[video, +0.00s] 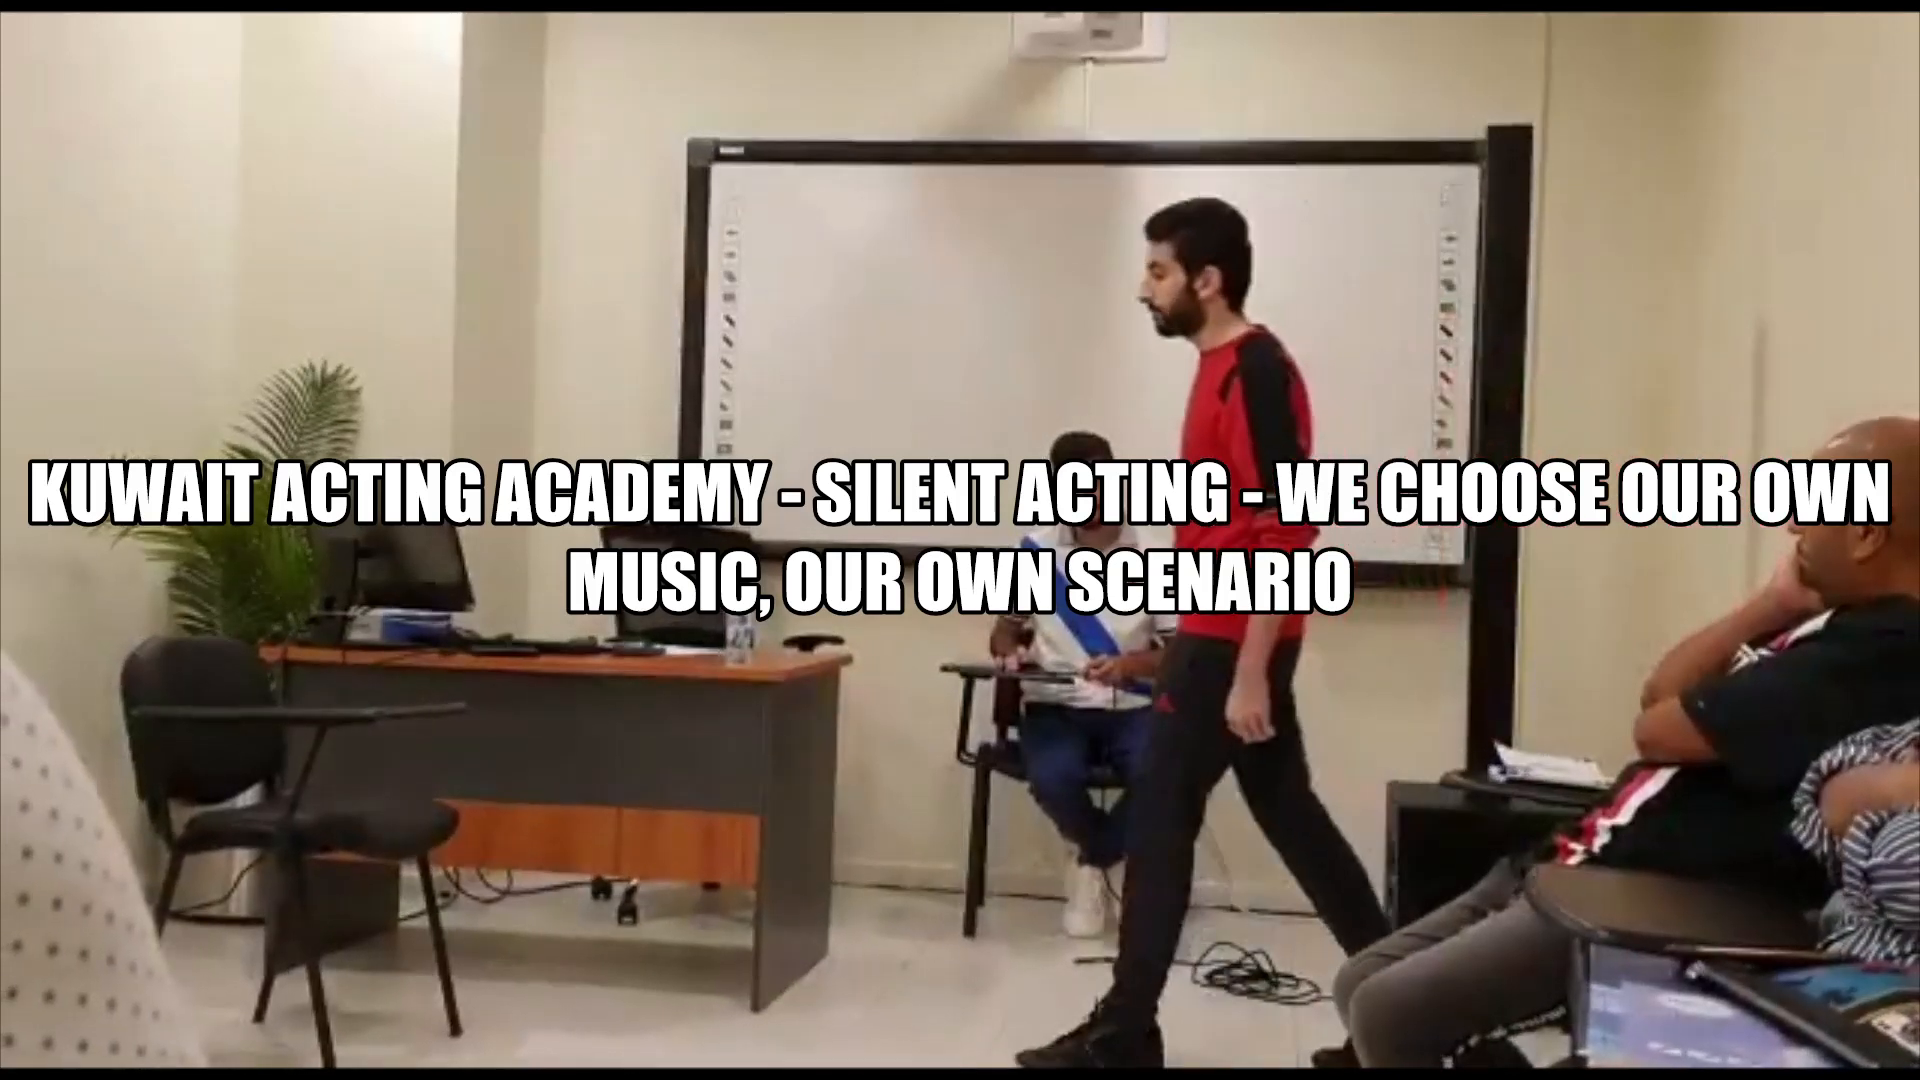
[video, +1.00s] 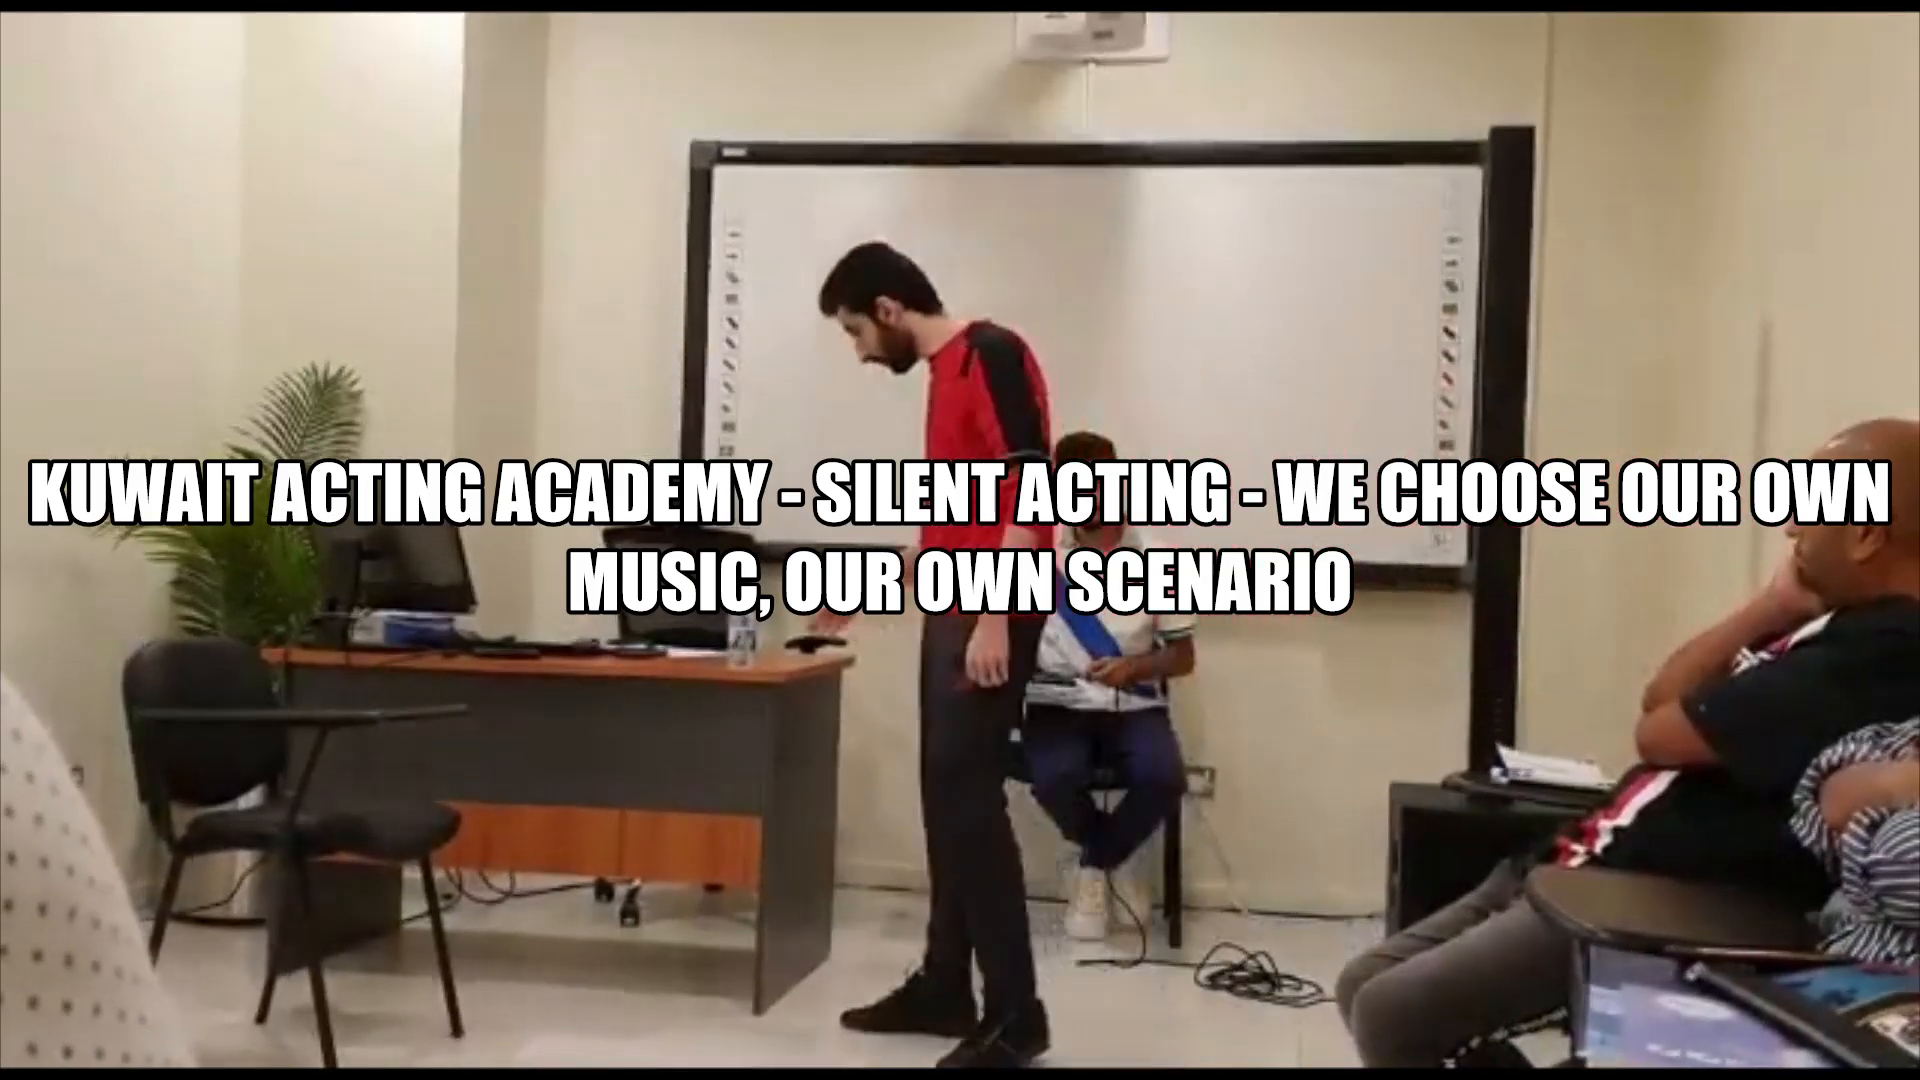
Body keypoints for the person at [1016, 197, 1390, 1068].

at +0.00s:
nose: (1145, 289)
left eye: (1158, 272)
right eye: (1146, 272)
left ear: (1210, 277)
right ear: (1206, 280)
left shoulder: (1258, 369)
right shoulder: (1216, 368)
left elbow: (1288, 531)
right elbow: (1221, 529)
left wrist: (1253, 671)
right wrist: (1170, 646)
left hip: (1235, 646)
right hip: (1224, 640)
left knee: (1160, 822)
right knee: (1289, 815)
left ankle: (1128, 1023)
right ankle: (1399, 987)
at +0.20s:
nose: (1060, 294)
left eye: (1068, 276)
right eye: (1059, 277)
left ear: (1113, 274)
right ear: (1122, 275)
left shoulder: (1173, 361)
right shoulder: (1160, 355)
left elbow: (1169, 520)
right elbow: (1155, 513)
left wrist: (1118, 649)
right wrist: (1117, 639)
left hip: (1167, 626)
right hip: (1153, 623)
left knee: (1134, 810)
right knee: (1139, 806)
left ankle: (1126, 1025)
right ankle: (1290, 954)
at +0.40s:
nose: (1004, 310)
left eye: (1005, 291)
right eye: (1000, 293)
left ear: (1044, 279)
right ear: (1056, 278)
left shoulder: (1116, 358)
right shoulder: (1106, 352)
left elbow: (1099, 520)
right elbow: (1088, 518)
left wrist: (1012, 627)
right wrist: (1039, 628)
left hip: (1108, 635)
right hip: (1085, 633)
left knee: (1109, 820)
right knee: (1026, 783)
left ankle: (1125, 1027)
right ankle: (1081, 977)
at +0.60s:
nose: (950, 333)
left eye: (949, 314)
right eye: (945, 317)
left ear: (985, 298)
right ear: (994, 297)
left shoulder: (1063, 365)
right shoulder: (1046, 366)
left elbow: (1053, 517)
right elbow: (1030, 516)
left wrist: (966, 614)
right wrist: (978, 619)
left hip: (1059, 642)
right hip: (1019, 641)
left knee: (1080, 835)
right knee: (972, 809)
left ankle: (1124, 1027)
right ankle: (943, 987)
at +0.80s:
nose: (895, 336)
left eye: (894, 315)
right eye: (888, 319)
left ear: (931, 295)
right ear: (937, 296)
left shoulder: (1019, 355)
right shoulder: (990, 362)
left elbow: (1023, 500)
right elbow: (991, 502)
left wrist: (978, 622)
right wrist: (967, 620)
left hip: (1017, 625)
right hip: (986, 624)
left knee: (991, 804)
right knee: (956, 797)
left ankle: (1097, 992)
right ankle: (943, 985)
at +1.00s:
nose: (858, 350)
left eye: (855, 330)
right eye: (850, 334)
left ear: (890, 308)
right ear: (895, 310)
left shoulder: (992, 353)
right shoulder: (944, 376)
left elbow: (1037, 489)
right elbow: (957, 503)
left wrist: (998, 615)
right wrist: (922, 564)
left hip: (988, 617)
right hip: (950, 615)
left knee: (971, 804)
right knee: (945, 801)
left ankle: (1014, 1014)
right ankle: (943, 986)